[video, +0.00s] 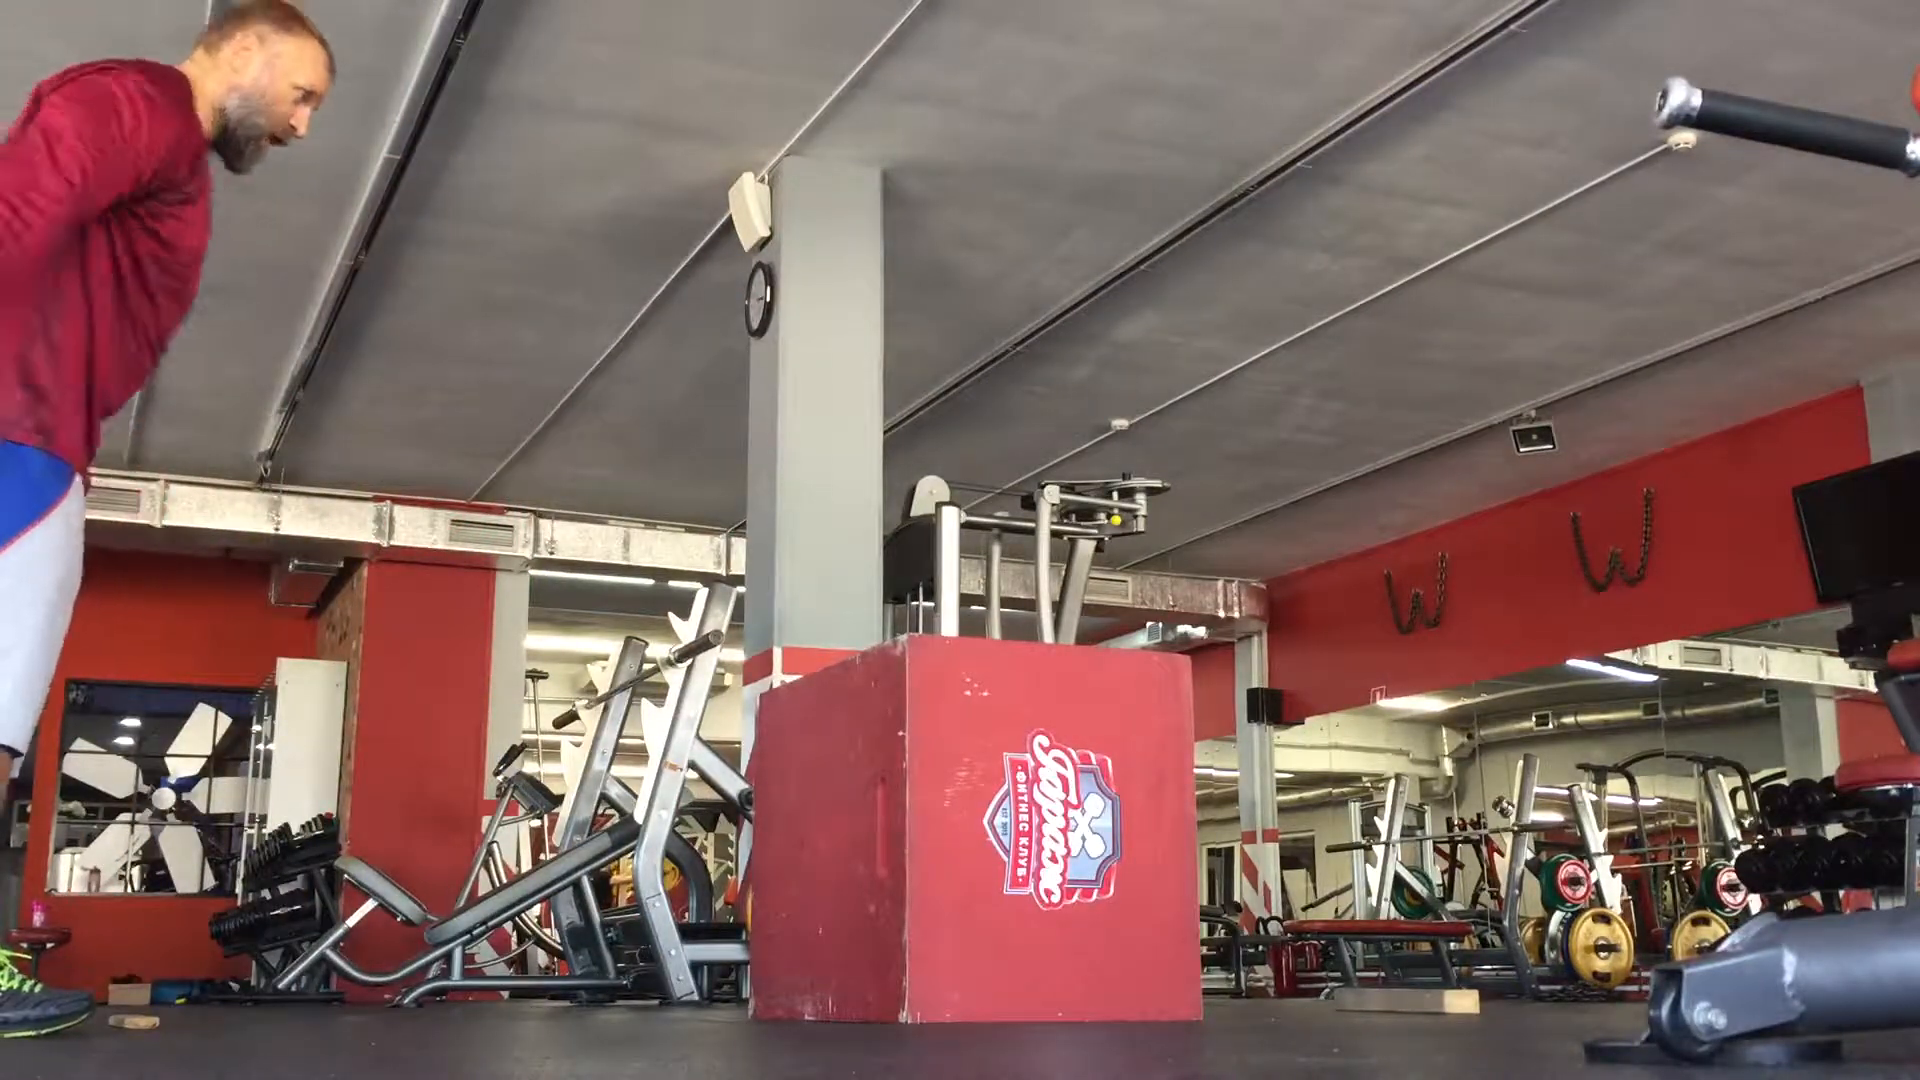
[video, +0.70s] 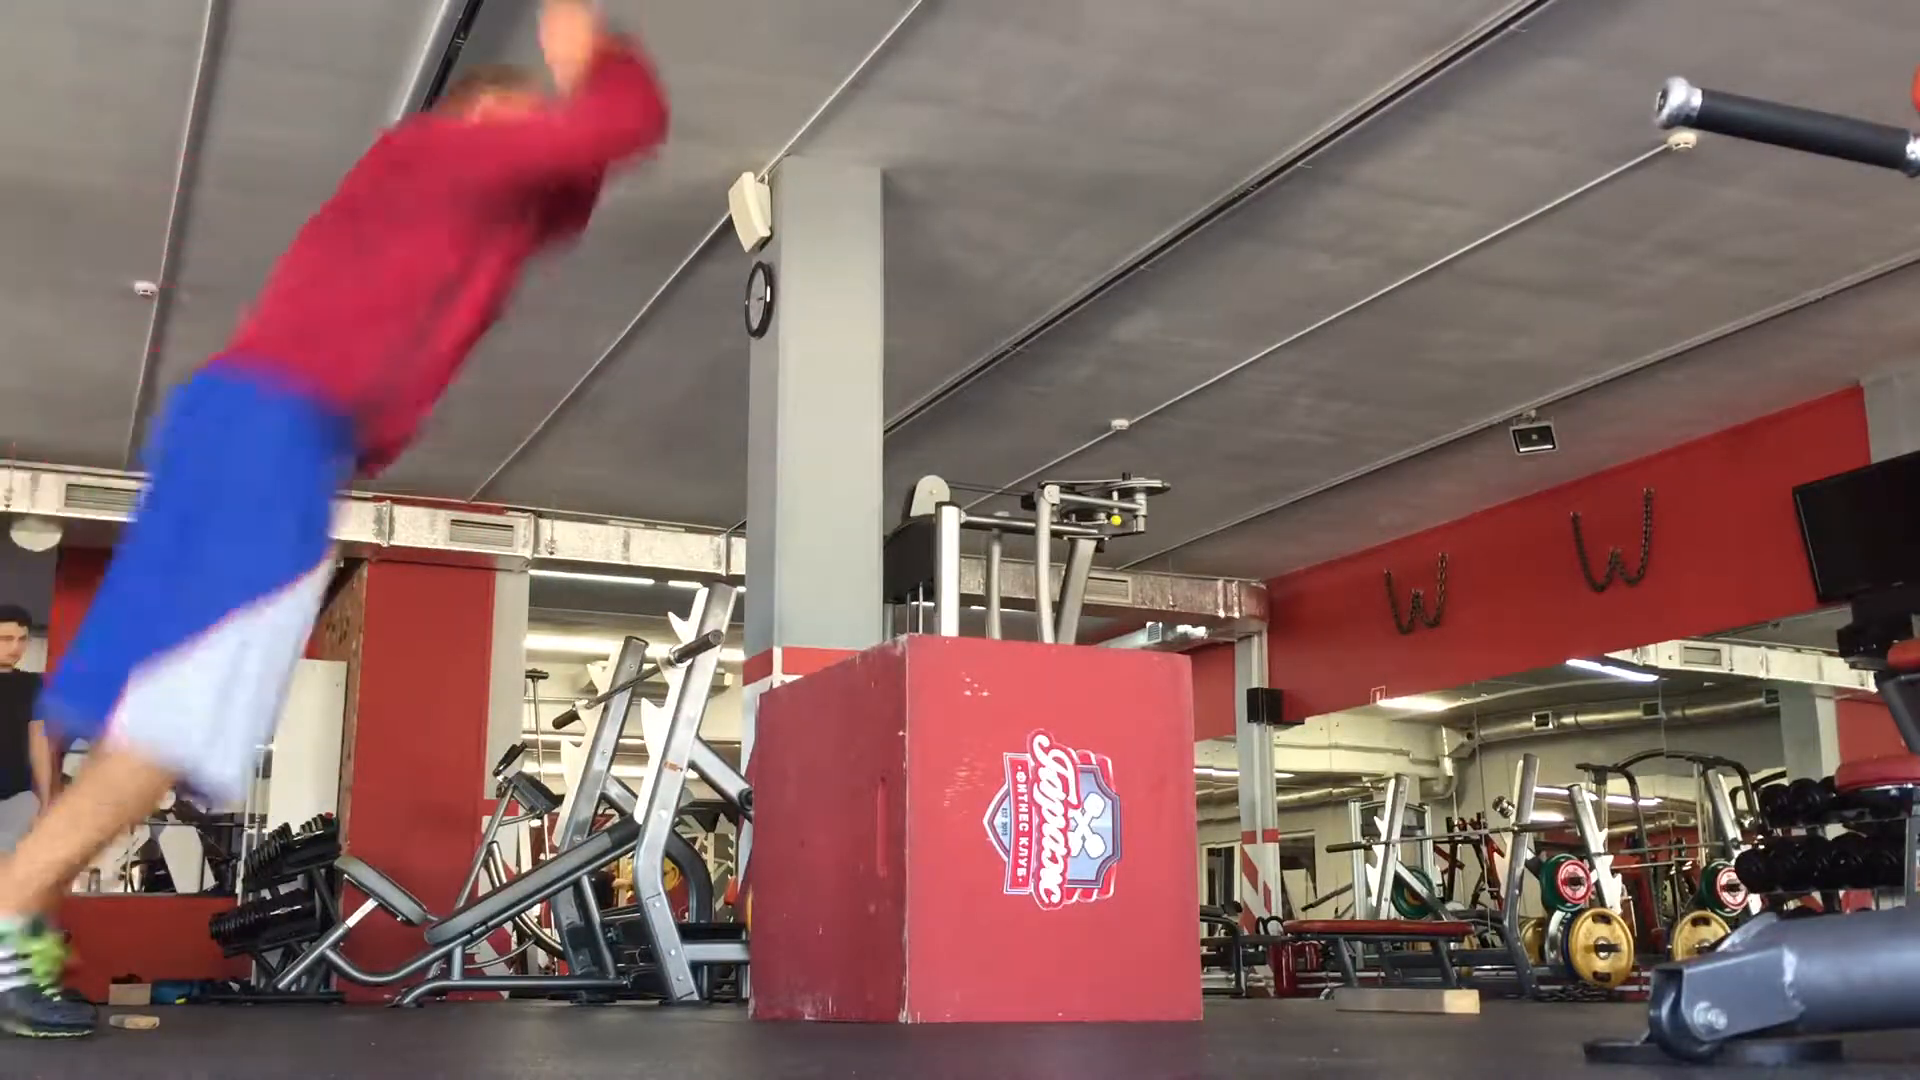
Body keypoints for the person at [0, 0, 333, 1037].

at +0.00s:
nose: (302, 124)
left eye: (314, 108)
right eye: (302, 94)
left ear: (240, 58)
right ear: (240, 52)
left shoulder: (164, 131)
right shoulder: (143, 103)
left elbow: (43, 264)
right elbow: (14, 220)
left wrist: (60, 449)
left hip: (40, 453)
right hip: (25, 451)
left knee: (12, 723)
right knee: (7, 724)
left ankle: (2, 963)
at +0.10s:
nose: (351, 157)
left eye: (363, 142)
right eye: (353, 125)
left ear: (300, 105)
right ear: (288, 82)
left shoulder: (217, 172)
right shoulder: (194, 113)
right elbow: (20, 110)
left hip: (43, 438)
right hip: (25, 432)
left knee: (17, 723)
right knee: (10, 723)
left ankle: (4, 958)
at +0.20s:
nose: (394, 222)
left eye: (404, 204)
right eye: (395, 190)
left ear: (340, 163)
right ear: (333, 147)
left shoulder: (249, 226)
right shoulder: (243, 152)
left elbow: (97, 299)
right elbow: (82, 76)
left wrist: (73, 447)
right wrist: (8, 50)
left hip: (37, 422)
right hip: (19, 407)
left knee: (41, 672)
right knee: (40, 672)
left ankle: (7, 952)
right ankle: (3, 957)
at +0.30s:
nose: (424, 308)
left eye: (434, 291)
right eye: (424, 278)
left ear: (372, 247)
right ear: (370, 237)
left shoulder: (262, 296)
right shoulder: (271, 223)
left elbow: (30, 253)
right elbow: (104, 129)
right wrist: (5, 79)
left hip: (34, 447)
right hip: (22, 437)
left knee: (63, 678)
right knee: (75, 676)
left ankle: (7, 948)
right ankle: (3, 952)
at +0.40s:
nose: (458, 382)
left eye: (466, 361)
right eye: (457, 351)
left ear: (399, 327)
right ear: (399, 319)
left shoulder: (299, 394)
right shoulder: (281, 323)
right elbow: (87, 266)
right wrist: (2, 242)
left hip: (58, 494)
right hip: (35, 476)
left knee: (103, 724)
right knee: (125, 718)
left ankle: (6, 945)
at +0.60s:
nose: (469, 282)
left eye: (474, 260)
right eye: (462, 249)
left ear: (385, 238)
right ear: (399, 228)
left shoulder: (314, 295)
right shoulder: (334, 286)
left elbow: (429, 454)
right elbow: (460, 406)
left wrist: (588, 445)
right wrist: (603, 427)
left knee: (155, 777)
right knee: (199, 777)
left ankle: (12, 941)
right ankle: (8, 922)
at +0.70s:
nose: (546, 133)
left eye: (542, 115)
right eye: (534, 112)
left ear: (485, 116)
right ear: (491, 109)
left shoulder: (471, 186)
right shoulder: (446, 153)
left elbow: (570, 202)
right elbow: (626, 121)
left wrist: (587, 71)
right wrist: (588, 44)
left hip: (260, 427)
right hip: (267, 425)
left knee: (169, 711)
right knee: (192, 715)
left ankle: (21, 914)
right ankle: (10, 915)